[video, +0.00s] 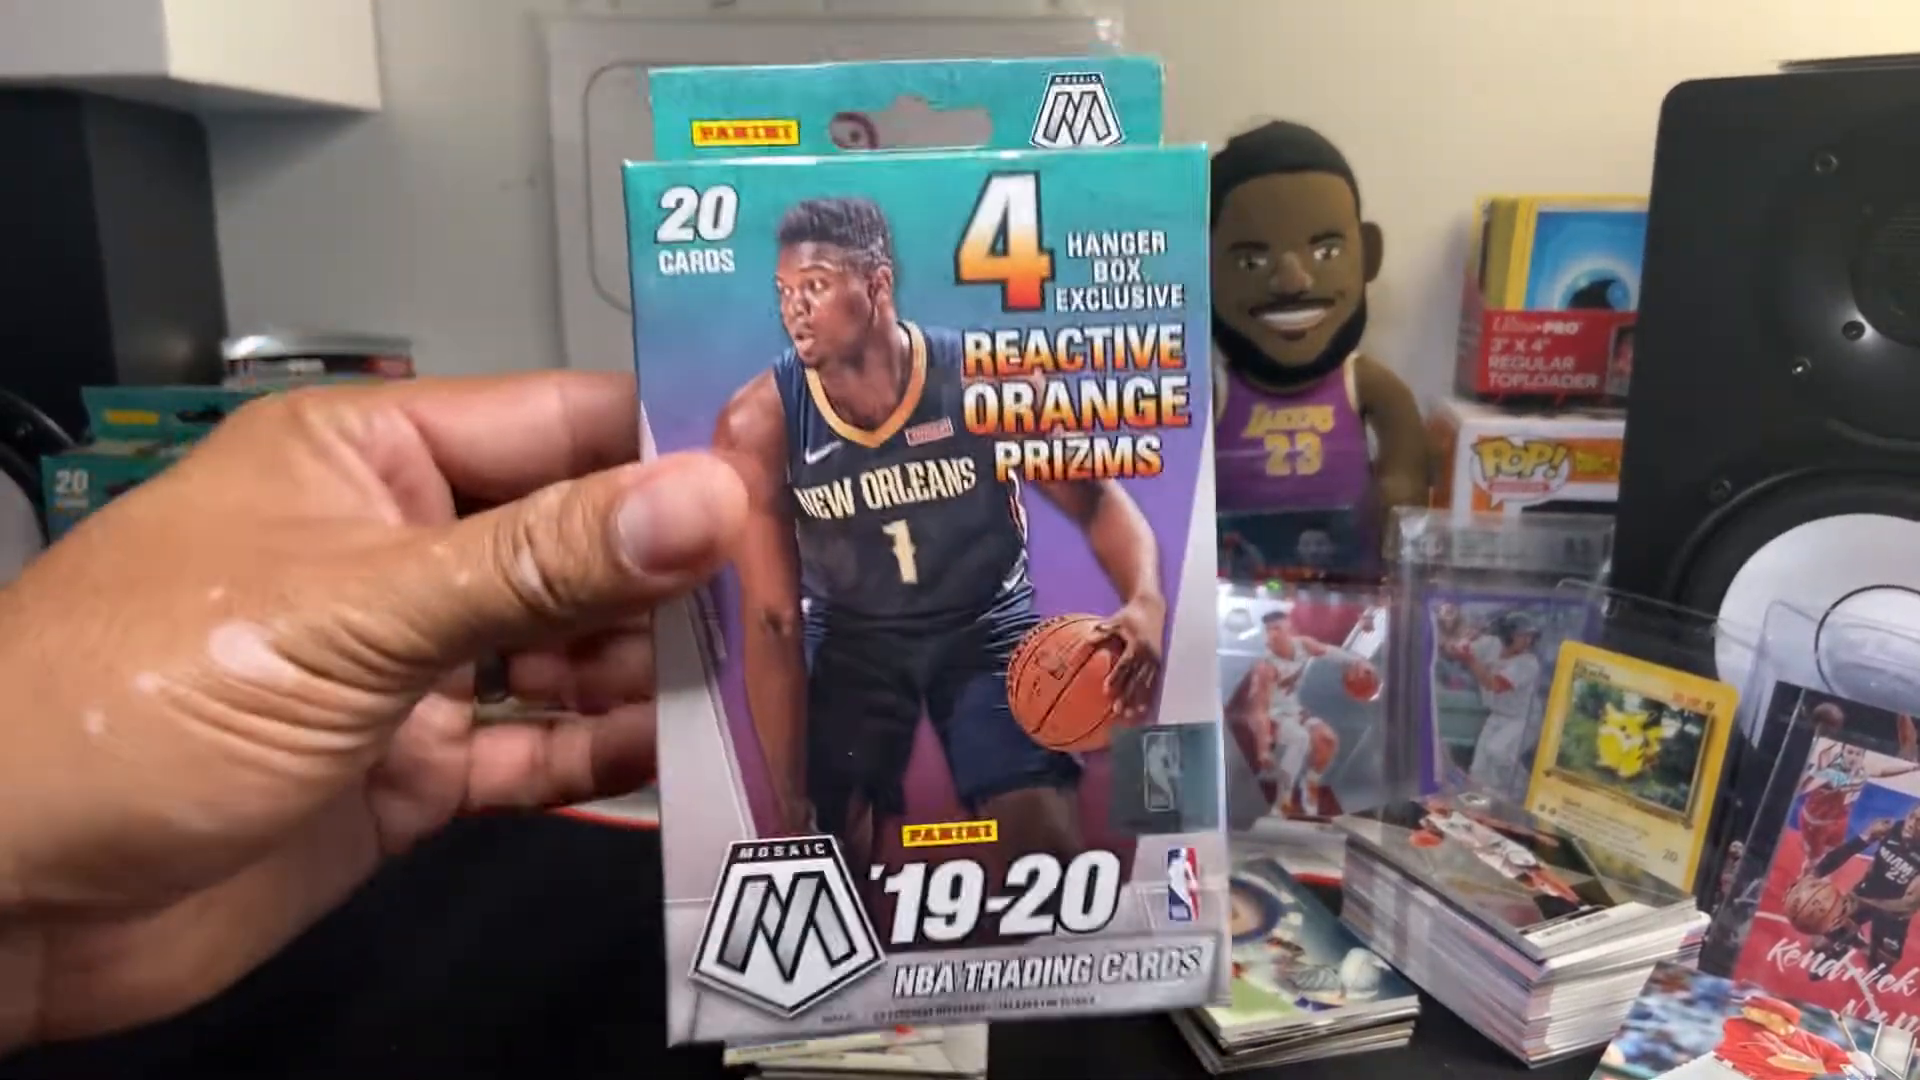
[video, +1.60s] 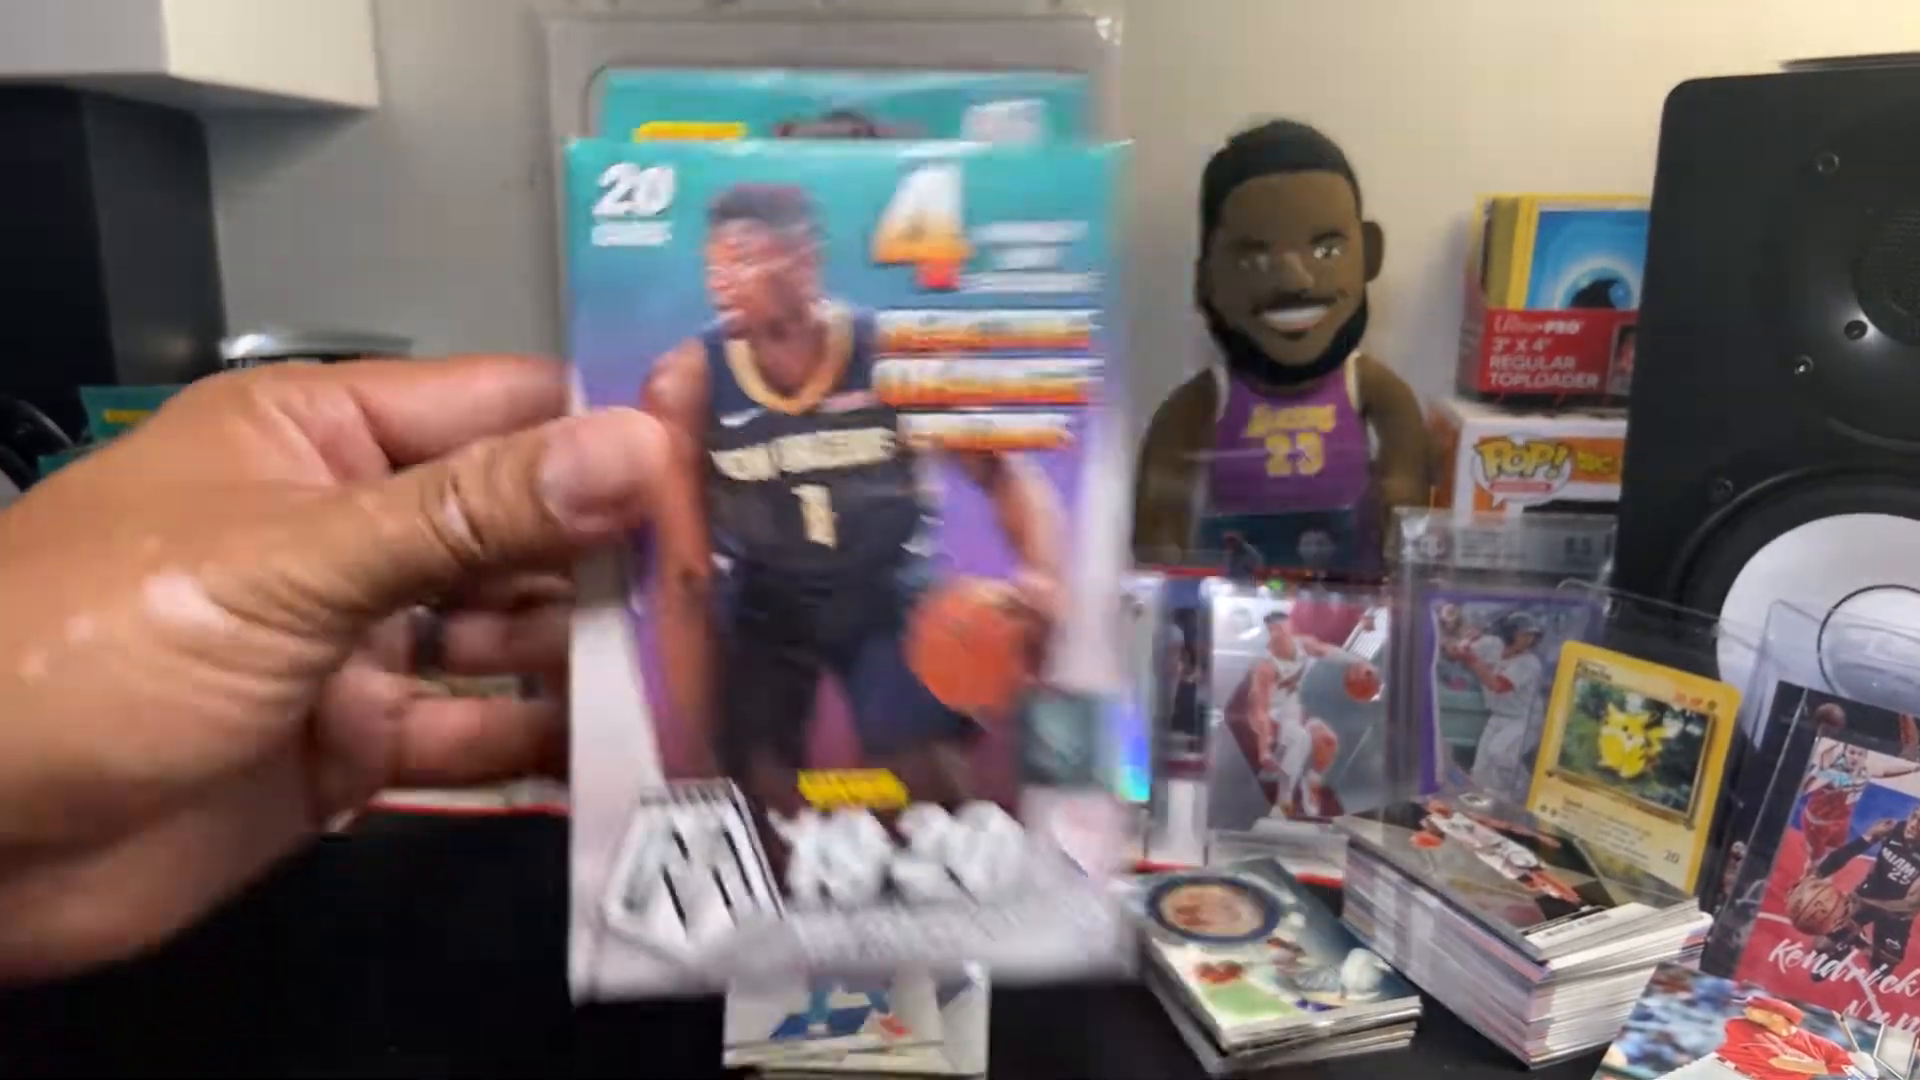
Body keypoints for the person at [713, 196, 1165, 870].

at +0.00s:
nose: (794, 309)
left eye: (815, 286)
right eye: (785, 291)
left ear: (879, 286)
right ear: (777, 299)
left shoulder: (982, 379)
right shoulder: (759, 423)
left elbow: (1093, 499)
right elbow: (771, 621)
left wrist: (1147, 600)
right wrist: (788, 798)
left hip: (989, 629)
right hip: (856, 643)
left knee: (1040, 840)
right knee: (829, 859)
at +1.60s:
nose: (720, 282)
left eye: (742, 260)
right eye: (715, 263)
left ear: (803, 263)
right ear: (708, 272)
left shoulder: (893, 358)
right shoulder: (686, 385)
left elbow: (1002, 473)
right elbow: (686, 580)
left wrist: (1042, 577)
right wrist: (690, 761)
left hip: (886, 600)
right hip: (768, 607)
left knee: (926, 769)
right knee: (757, 787)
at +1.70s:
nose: (666, 296)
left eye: (684, 277)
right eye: (660, 281)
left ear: (738, 280)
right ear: (653, 288)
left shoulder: (819, 360)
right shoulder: (637, 386)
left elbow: (912, 461)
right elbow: (640, 553)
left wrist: (948, 544)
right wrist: (653, 702)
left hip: (819, 564)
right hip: (714, 572)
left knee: (859, 717)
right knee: (704, 733)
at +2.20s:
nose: (729, 306)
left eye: (752, 284)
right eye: (723, 289)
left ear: (814, 285)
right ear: (714, 299)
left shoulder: (905, 381)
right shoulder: (693, 412)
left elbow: (1011, 494)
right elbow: (697, 605)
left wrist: (1056, 598)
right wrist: (706, 783)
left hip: (905, 623)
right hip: (780, 632)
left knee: (943, 795)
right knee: (764, 811)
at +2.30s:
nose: (785, 279)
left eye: (809, 255)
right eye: (777, 259)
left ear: (883, 254)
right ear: (767, 268)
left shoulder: (990, 364)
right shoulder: (744, 401)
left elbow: (1119, 501)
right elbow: (746, 627)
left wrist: (1174, 620)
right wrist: (757, 839)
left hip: (989, 649)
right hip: (840, 659)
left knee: (1033, 865)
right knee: (820, 883)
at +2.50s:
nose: (817, 267)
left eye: (845, 238)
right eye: (807, 244)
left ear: (929, 238)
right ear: (797, 254)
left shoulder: (1058, 360)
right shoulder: (772, 411)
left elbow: (1205, 520)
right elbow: (780, 668)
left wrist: (1273, 653)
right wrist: (799, 906)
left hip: (1063, 679)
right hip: (886, 690)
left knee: (1125, 954)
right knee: (845, 957)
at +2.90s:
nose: (749, 248)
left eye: (776, 221)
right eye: (739, 227)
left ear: (856, 219)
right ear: (730, 237)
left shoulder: (979, 334)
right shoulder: (708, 385)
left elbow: (1122, 485)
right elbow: (720, 630)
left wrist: (1187, 611)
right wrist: (740, 853)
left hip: (986, 647)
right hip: (825, 660)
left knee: (1044, 891)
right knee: (795, 905)